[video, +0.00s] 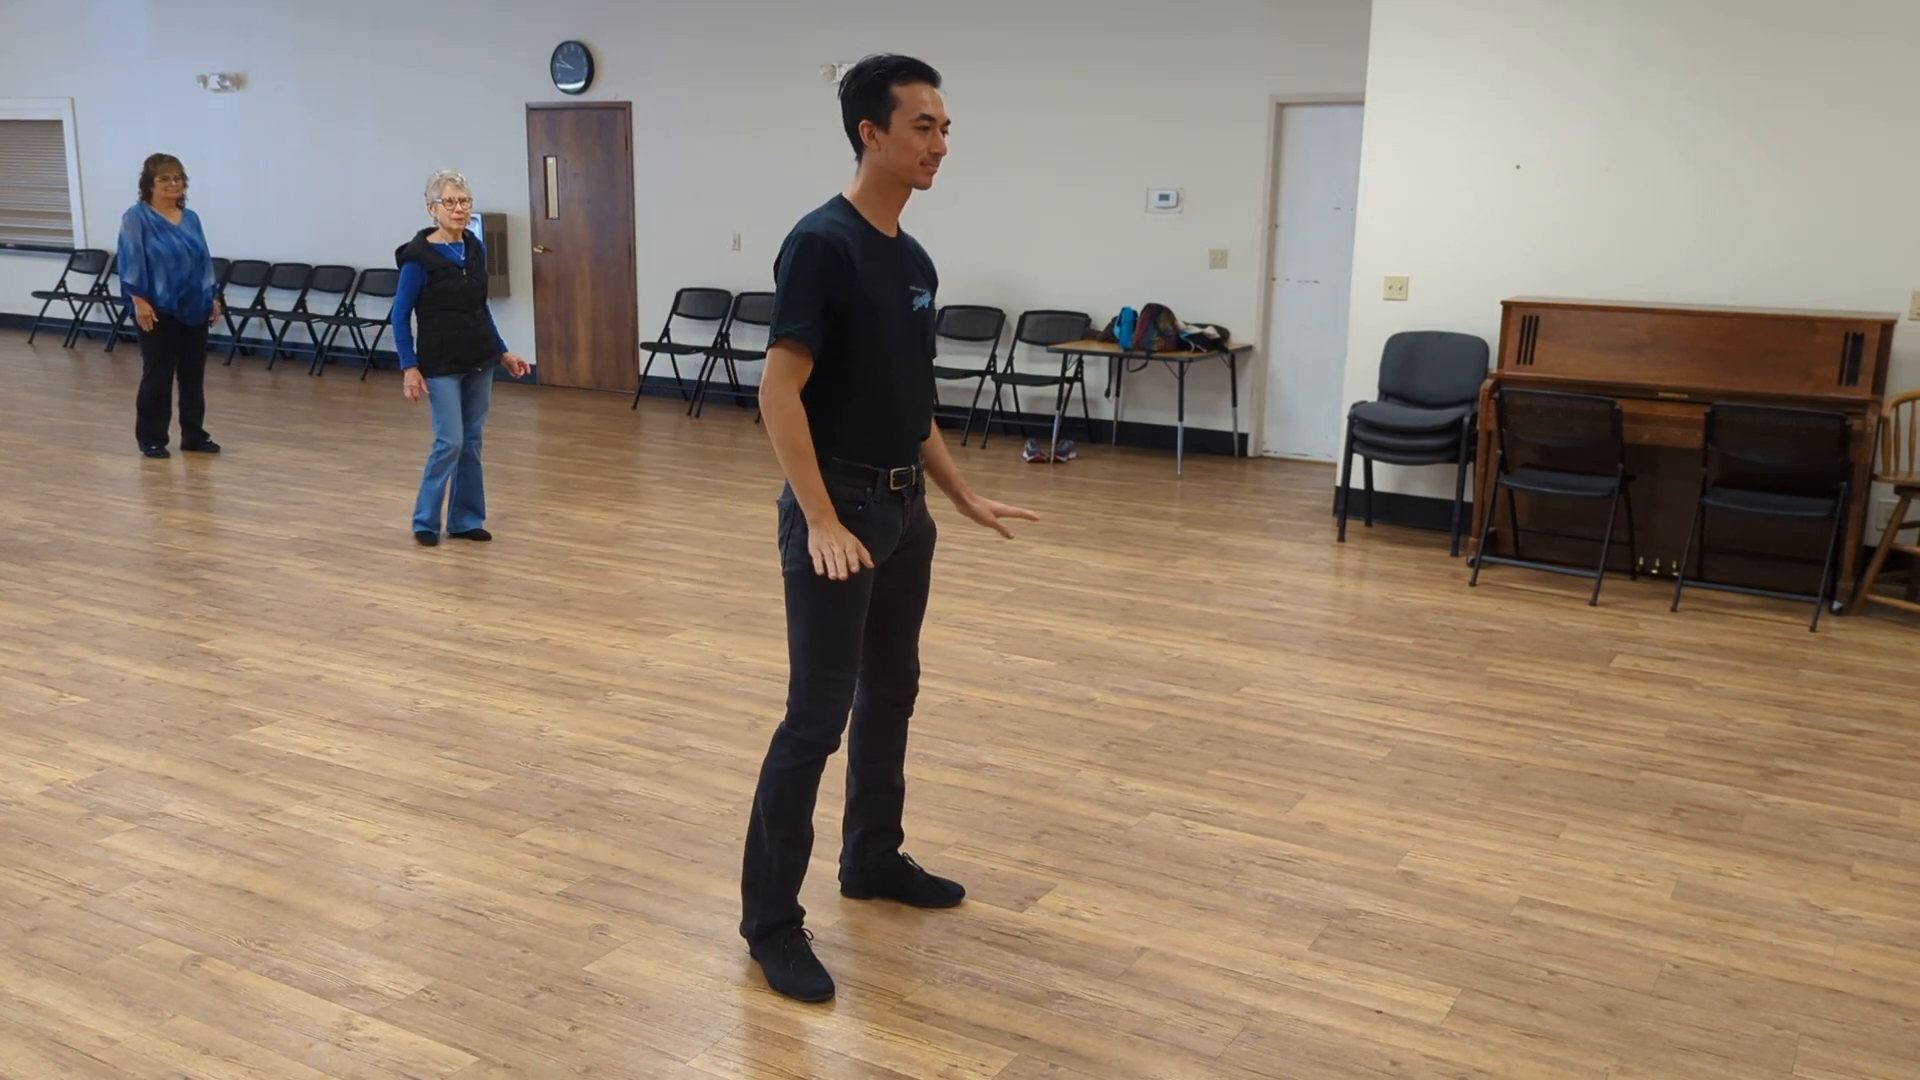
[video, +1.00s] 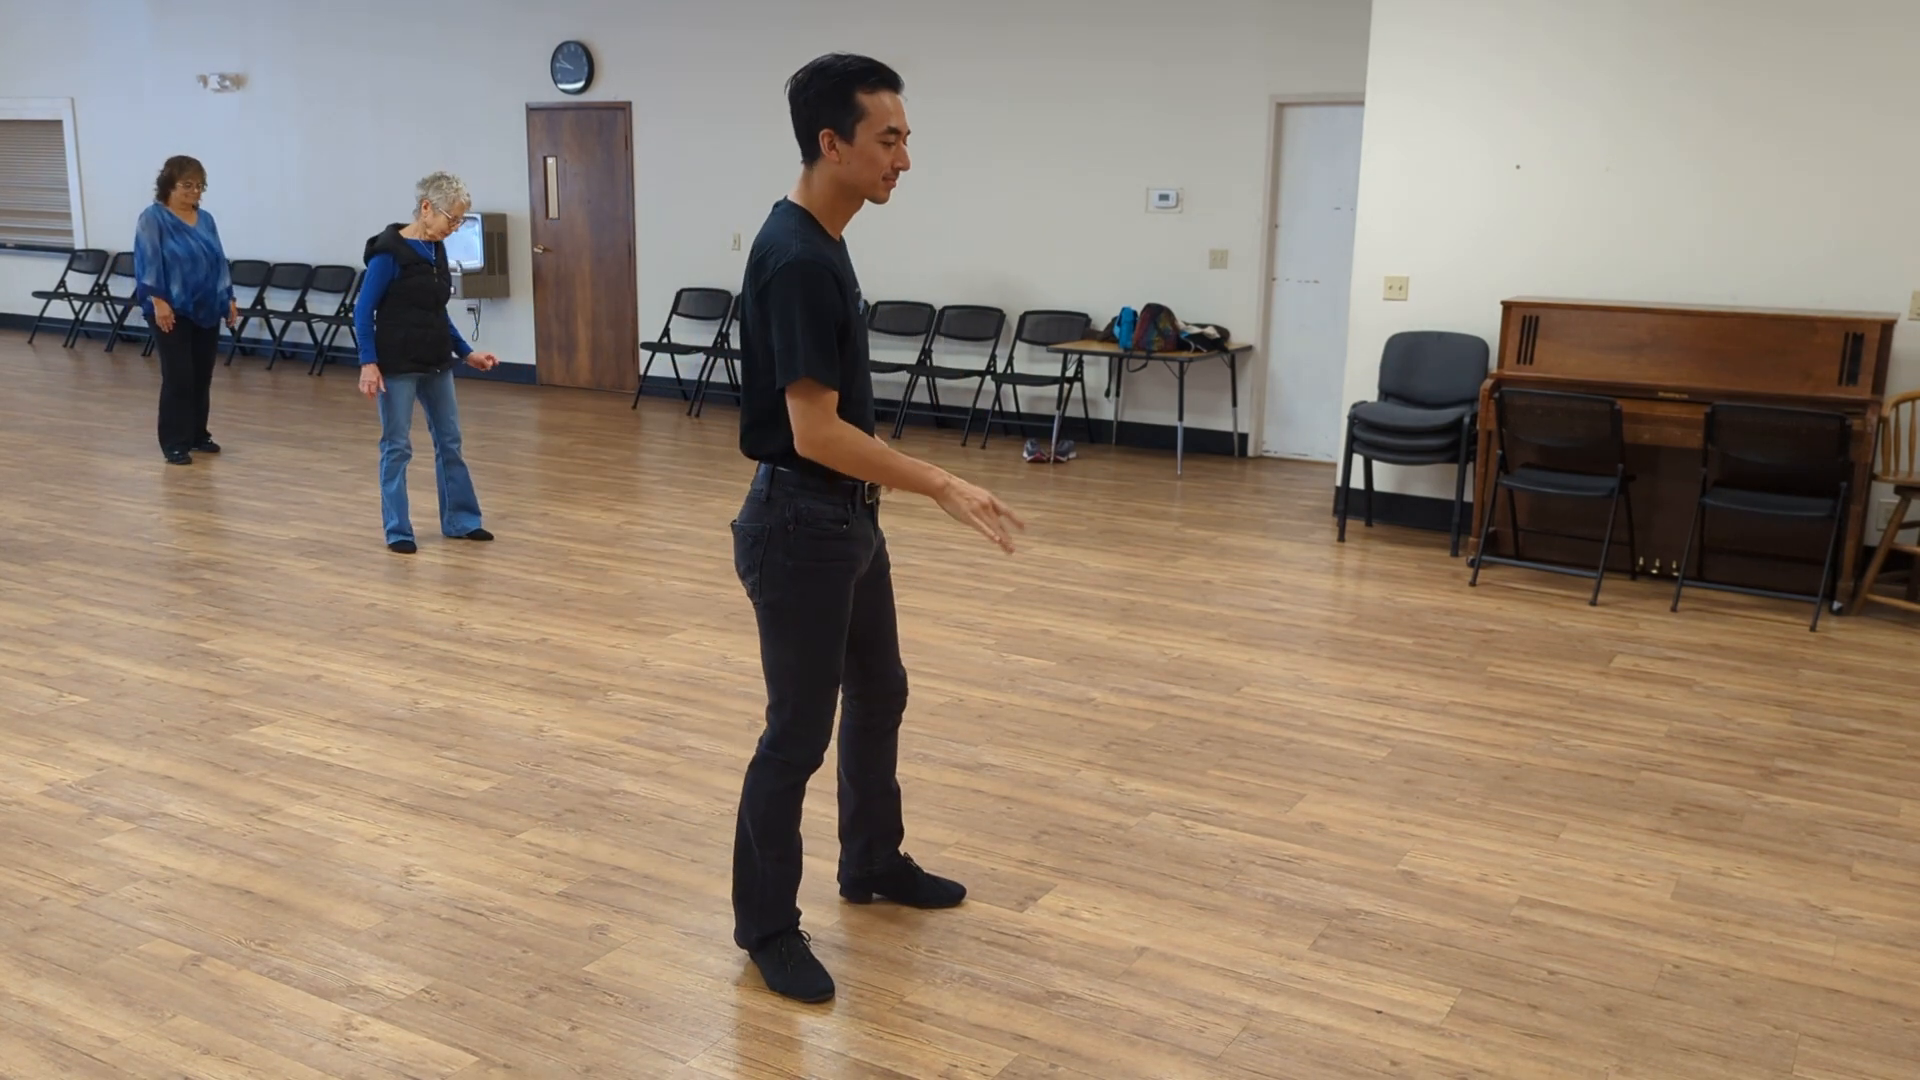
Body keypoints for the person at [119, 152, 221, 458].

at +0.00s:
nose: (174, 183)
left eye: (179, 178)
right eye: (166, 179)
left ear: (184, 183)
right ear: (150, 183)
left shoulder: (190, 217)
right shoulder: (136, 216)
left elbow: (204, 261)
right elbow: (131, 264)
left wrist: (213, 296)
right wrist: (139, 301)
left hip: (194, 308)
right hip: (158, 308)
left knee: (193, 375)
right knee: (158, 375)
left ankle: (193, 435)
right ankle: (152, 440)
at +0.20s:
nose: (180, 184)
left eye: (184, 179)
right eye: (171, 180)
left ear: (190, 183)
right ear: (156, 184)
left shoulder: (195, 218)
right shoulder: (142, 217)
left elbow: (209, 261)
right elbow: (137, 263)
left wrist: (217, 297)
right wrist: (145, 299)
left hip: (198, 308)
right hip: (162, 308)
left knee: (195, 374)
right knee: (163, 374)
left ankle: (194, 435)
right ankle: (152, 440)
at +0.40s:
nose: (189, 185)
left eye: (193, 180)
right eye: (181, 181)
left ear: (198, 183)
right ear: (165, 184)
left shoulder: (203, 218)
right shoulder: (150, 216)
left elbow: (216, 262)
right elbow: (144, 263)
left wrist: (223, 297)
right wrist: (153, 299)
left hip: (203, 308)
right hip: (168, 307)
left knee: (198, 373)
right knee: (171, 370)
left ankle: (194, 434)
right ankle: (153, 437)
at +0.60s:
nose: (197, 187)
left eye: (201, 182)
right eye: (189, 182)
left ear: (207, 185)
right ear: (174, 184)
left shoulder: (210, 219)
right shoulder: (156, 215)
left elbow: (224, 262)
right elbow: (149, 261)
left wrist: (230, 297)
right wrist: (158, 297)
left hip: (205, 308)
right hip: (170, 307)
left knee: (200, 371)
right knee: (176, 369)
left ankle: (195, 434)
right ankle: (163, 437)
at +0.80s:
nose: (201, 189)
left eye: (204, 184)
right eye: (193, 184)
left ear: (208, 186)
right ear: (176, 185)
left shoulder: (210, 220)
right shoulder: (158, 216)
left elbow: (225, 263)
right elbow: (149, 261)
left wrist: (233, 299)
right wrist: (157, 299)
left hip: (206, 311)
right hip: (171, 310)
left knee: (200, 376)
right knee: (177, 377)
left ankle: (195, 434)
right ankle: (172, 442)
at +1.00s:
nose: (196, 191)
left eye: (199, 186)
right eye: (189, 185)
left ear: (202, 188)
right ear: (170, 185)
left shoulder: (205, 218)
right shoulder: (153, 217)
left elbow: (219, 262)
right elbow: (148, 265)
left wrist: (229, 299)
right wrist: (159, 301)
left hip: (206, 310)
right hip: (172, 310)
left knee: (201, 375)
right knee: (178, 377)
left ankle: (198, 435)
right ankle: (174, 443)